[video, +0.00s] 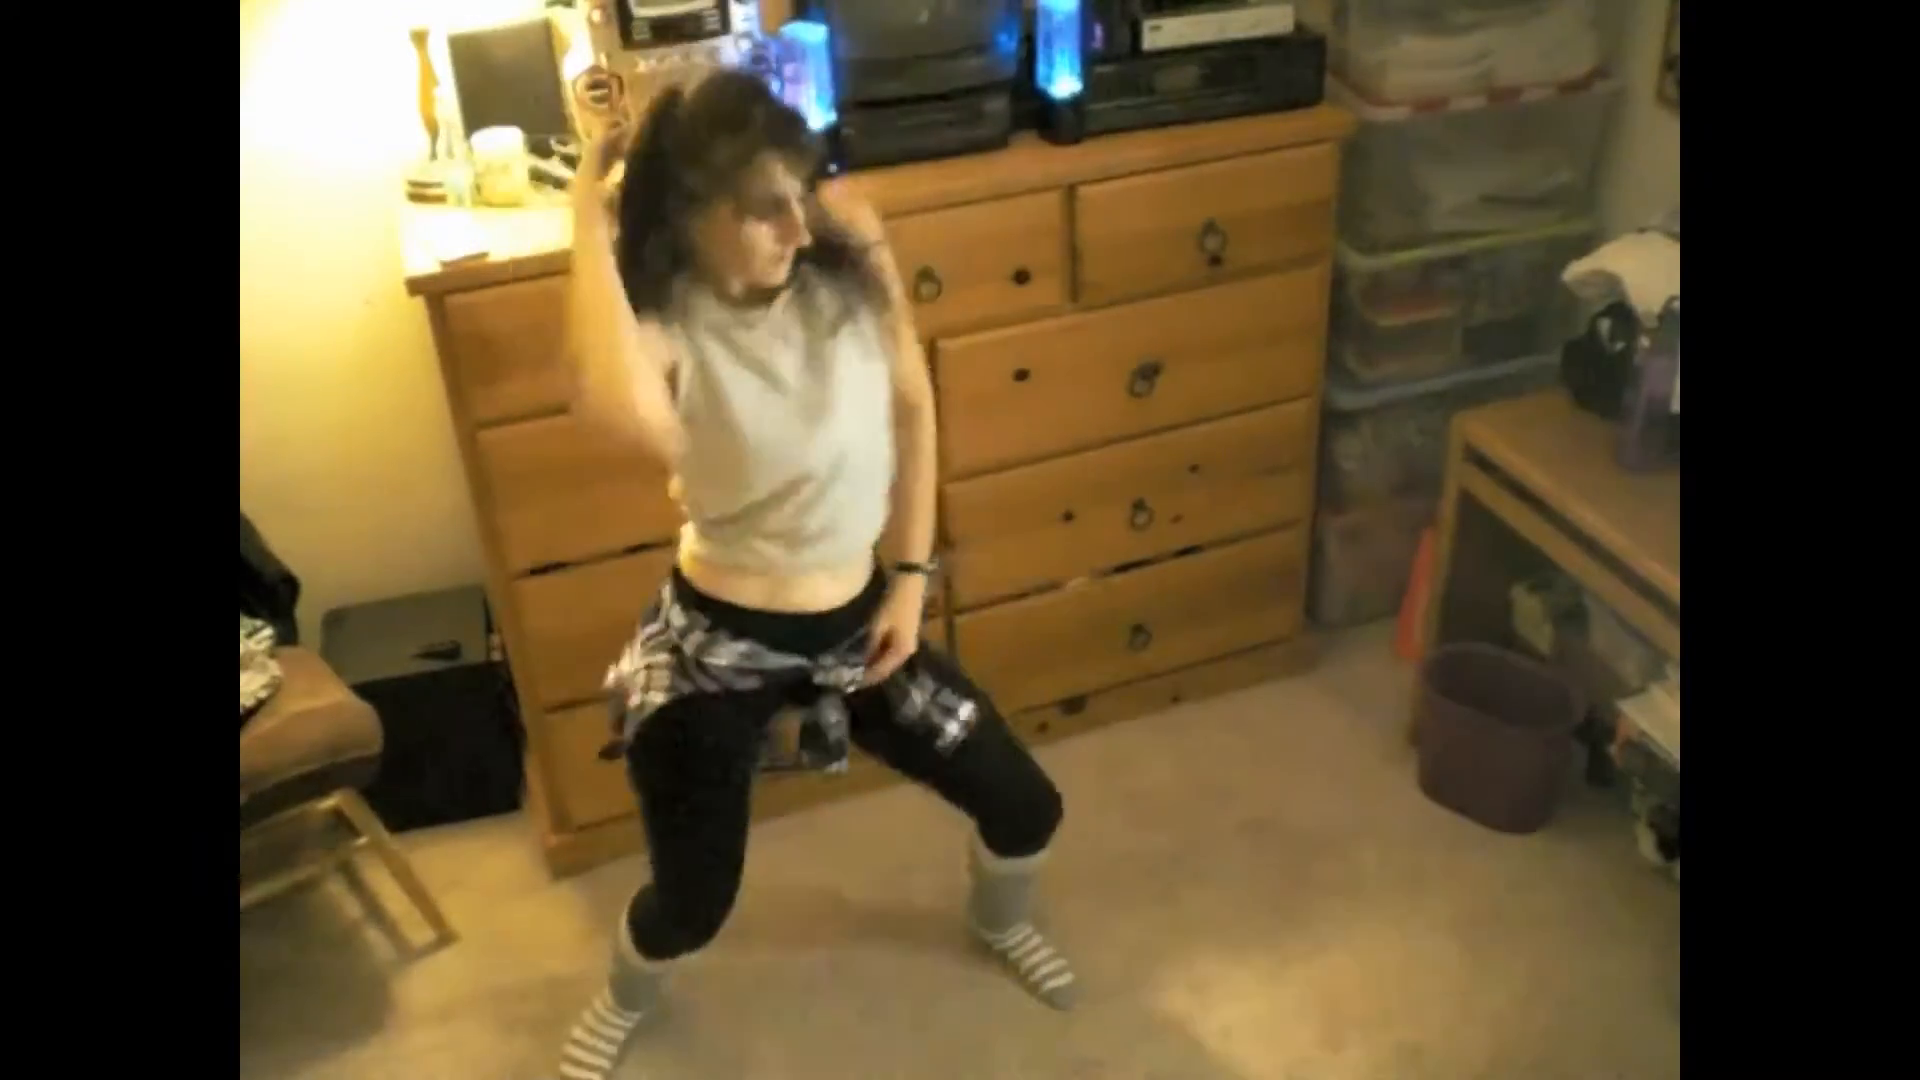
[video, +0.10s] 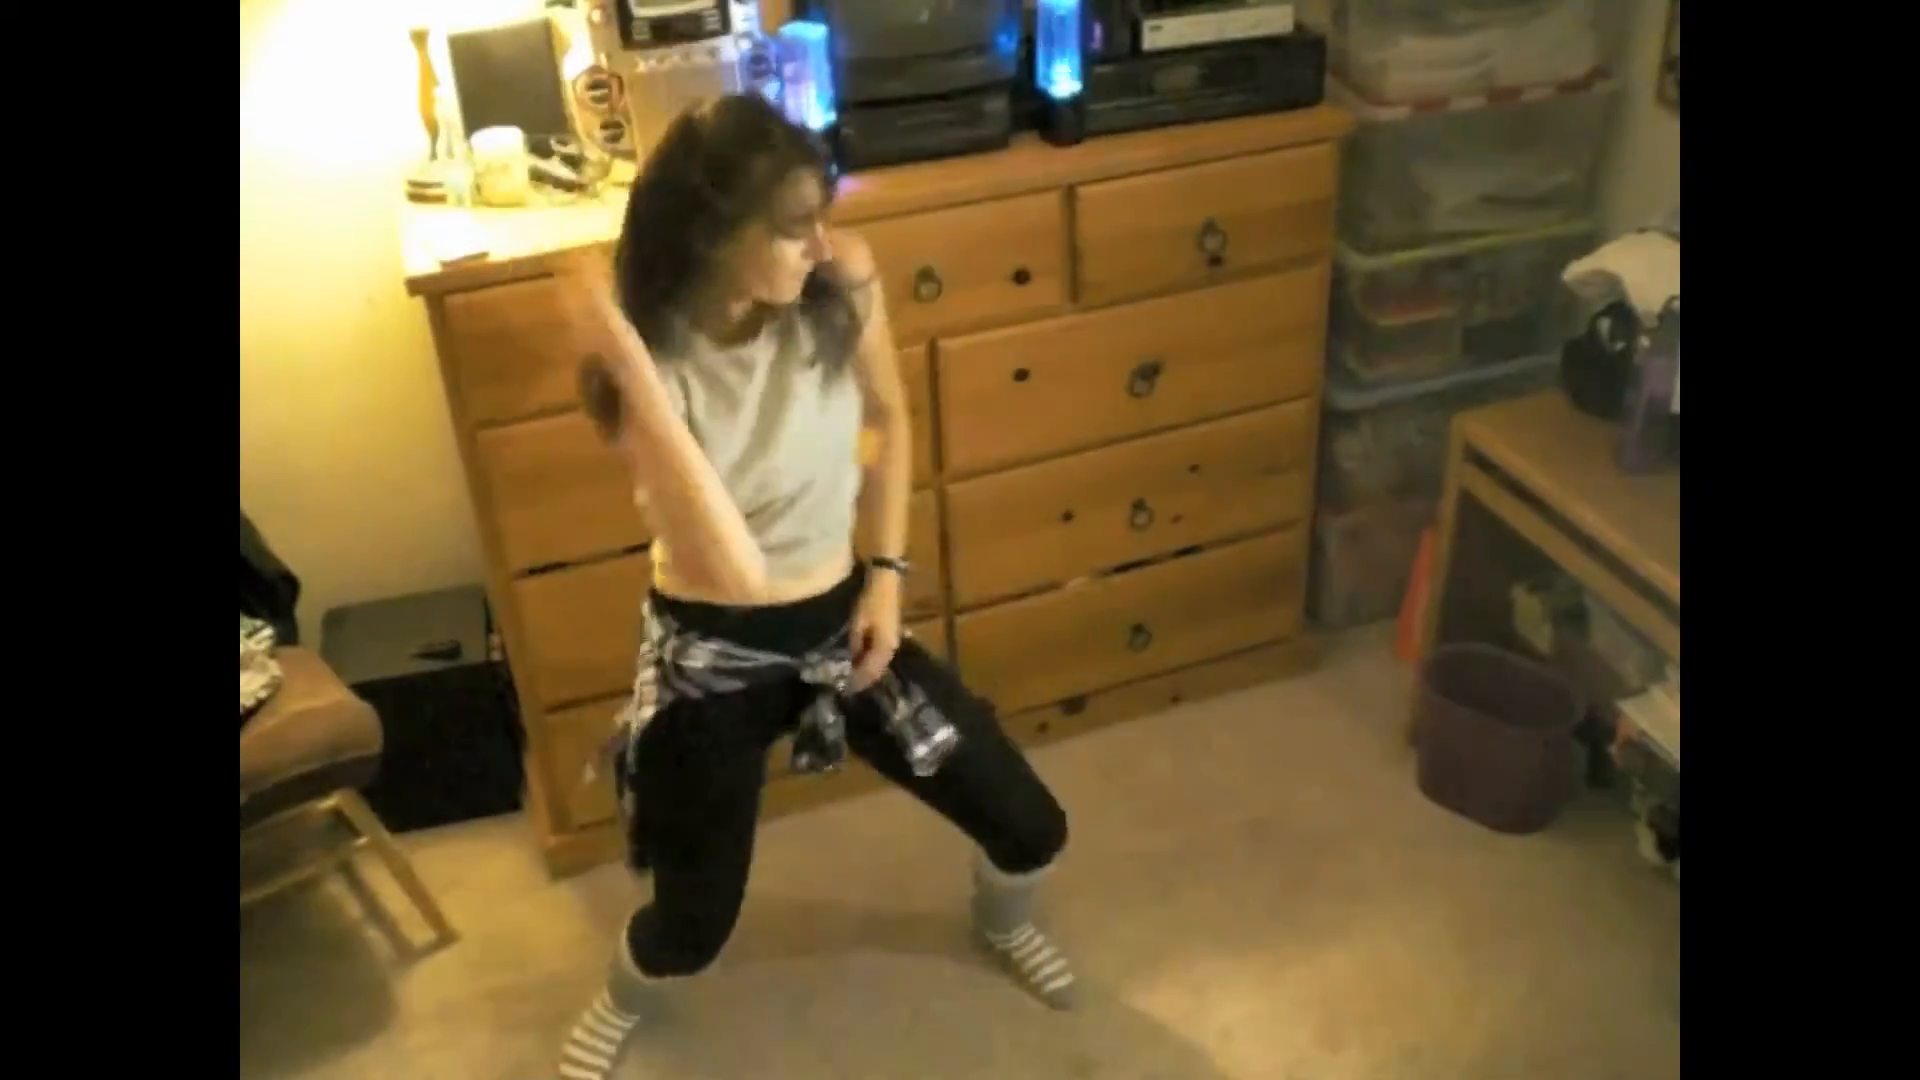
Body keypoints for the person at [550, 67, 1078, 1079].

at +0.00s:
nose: (795, 228)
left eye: (800, 200)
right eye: (761, 211)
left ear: (812, 189)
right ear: (685, 220)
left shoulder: (852, 271)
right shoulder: (662, 325)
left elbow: (914, 406)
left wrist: (910, 574)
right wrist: (594, 240)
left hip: (859, 627)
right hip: (716, 646)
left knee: (1026, 810)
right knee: (693, 903)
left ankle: (1001, 920)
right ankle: (618, 1003)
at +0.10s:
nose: (816, 249)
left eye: (816, 225)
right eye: (791, 231)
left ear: (821, 221)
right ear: (713, 234)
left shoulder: (838, 288)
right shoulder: (645, 359)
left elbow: (889, 420)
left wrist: (884, 573)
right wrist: (630, 357)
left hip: (844, 623)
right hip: (713, 655)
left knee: (1030, 829)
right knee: (691, 924)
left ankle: (1003, 921)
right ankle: (618, 1008)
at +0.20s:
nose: (839, 264)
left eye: (839, 238)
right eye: (815, 243)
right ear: (737, 247)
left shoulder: (828, 322)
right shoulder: (642, 387)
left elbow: (856, 429)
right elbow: (701, 597)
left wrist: (878, 549)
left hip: (849, 616)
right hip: (721, 667)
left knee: (1024, 828)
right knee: (697, 935)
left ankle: (1010, 919)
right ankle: (620, 1003)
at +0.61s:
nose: (823, 226)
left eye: (821, 199)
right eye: (801, 206)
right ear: (732, 214)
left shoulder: (783, 311)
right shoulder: (652, 327)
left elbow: (869, 446)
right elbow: (585, 523)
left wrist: (860, 556)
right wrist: (666, 683)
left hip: (811, 590)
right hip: (706, 658)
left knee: (971, 777)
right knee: (700, 941)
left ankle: (1009, 920)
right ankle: (620, 993)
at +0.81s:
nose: (711, 164)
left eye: (727, 133)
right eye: (675, 144)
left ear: (757, 142)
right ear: (619, 167)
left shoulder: (793, 275)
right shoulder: (596, 329)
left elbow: (828, 452)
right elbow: (447, 465)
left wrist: (823, 627)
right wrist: (550, 635)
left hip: (792, 621)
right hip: (655, 641)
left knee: (961, 788)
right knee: (653, 888)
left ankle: (1005, 920)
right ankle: (617, 1003)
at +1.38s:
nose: (602, 162)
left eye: (621, 141)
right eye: (598, 140)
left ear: (700, 130)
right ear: (624, 129)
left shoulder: (829, 233)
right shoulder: (618, 210)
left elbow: (856, 455)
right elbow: (589, 359)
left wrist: (762, 625)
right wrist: (574, 511)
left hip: (784, 598)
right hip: (633, 585)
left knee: (902, 789)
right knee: (600, 826)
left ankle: (1001, 923)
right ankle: (603, 999)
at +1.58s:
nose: (691, 157)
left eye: (714, 132)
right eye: (684, 131)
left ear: (787, 123)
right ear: (680, 123)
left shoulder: (861, 241)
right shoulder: (688, 224)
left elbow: (880, 469)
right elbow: (648, 359)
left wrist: (780, 618)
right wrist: (646, 490)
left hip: (806, 583)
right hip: (673, 551)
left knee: (883, 830)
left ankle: (985, 922)